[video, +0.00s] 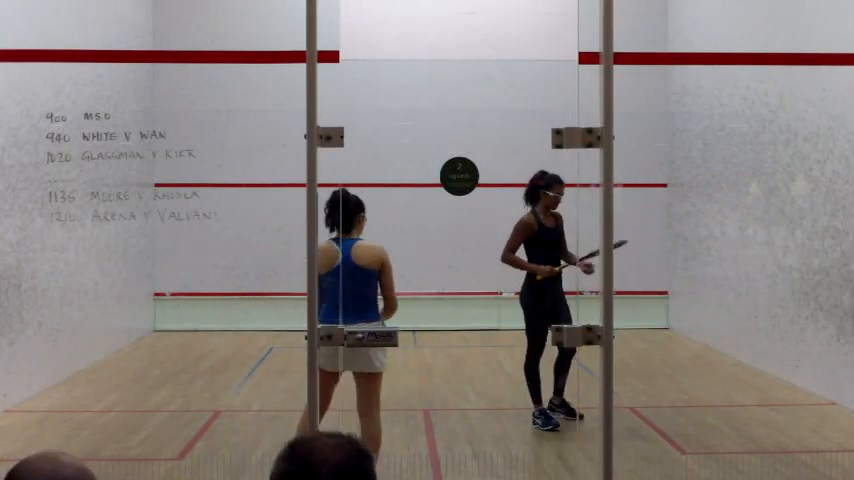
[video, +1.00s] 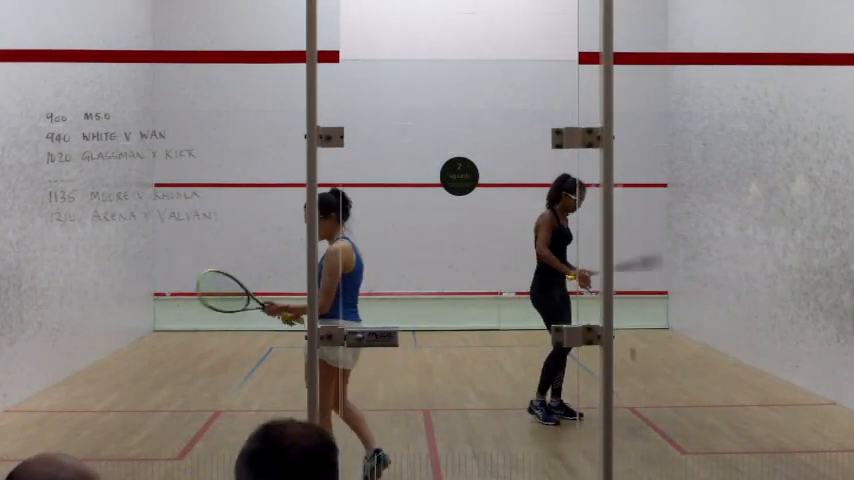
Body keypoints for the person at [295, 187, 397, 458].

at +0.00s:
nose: (365, 221)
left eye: (364, 217)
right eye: (364, 217)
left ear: (331, 219)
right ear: (360, 219)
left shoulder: (319, 254)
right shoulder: (376, 254)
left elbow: (314, 299)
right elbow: (391, 305)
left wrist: (321, 323)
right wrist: (374, 323)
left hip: (328, 341)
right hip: (366, 342)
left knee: (315, 408)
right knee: (369, 412)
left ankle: (295, 465)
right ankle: (367, 473)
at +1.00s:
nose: (311, 226)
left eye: (314, 219)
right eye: (310, 219)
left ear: (330, 217)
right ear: (337, 218)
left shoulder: (336, 252)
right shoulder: (348, 248)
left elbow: (323, 304)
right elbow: (334, 303)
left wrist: (284, 308)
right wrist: (299, 313)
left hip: (333, 338)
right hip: (349, 336)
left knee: (321, 406)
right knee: (340, 401)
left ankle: (319, 463)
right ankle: (374, 452)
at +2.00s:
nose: (326, 226)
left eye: (328, 219)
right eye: (325, 220)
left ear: (342, 217)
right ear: (354, 217)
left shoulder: (343, 249)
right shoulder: (373, 247)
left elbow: (331, 298)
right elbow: (362, 295)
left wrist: (302, 295)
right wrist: (316, 302)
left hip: (339, 331)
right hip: (367, 329)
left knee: (328, 402)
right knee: (366, 400)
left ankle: (327, 466)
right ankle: (367, 466)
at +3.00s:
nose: (329, 225)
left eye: (330, 219)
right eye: (329, 219)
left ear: (342, 217)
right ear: (359, 217)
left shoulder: (340, 250)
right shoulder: (377, 250)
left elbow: (323, 298)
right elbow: (363, 294)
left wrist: (300, 294)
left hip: (339, 332)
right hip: (370, 331)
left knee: (328, 404)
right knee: (368, 401)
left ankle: (327, 467)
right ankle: (367, 466)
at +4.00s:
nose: (323, 220)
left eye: (329, 214)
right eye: (321, 214)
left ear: (347, 215)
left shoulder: (347, 248)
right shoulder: (352, 245)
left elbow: (335, 297)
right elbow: (337, 296)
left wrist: (299, 296)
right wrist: (310, 307)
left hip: (340, 327)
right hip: (354, 326)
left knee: (327, 397)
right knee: (356, 394)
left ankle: (323, 456)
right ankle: (368, 454)